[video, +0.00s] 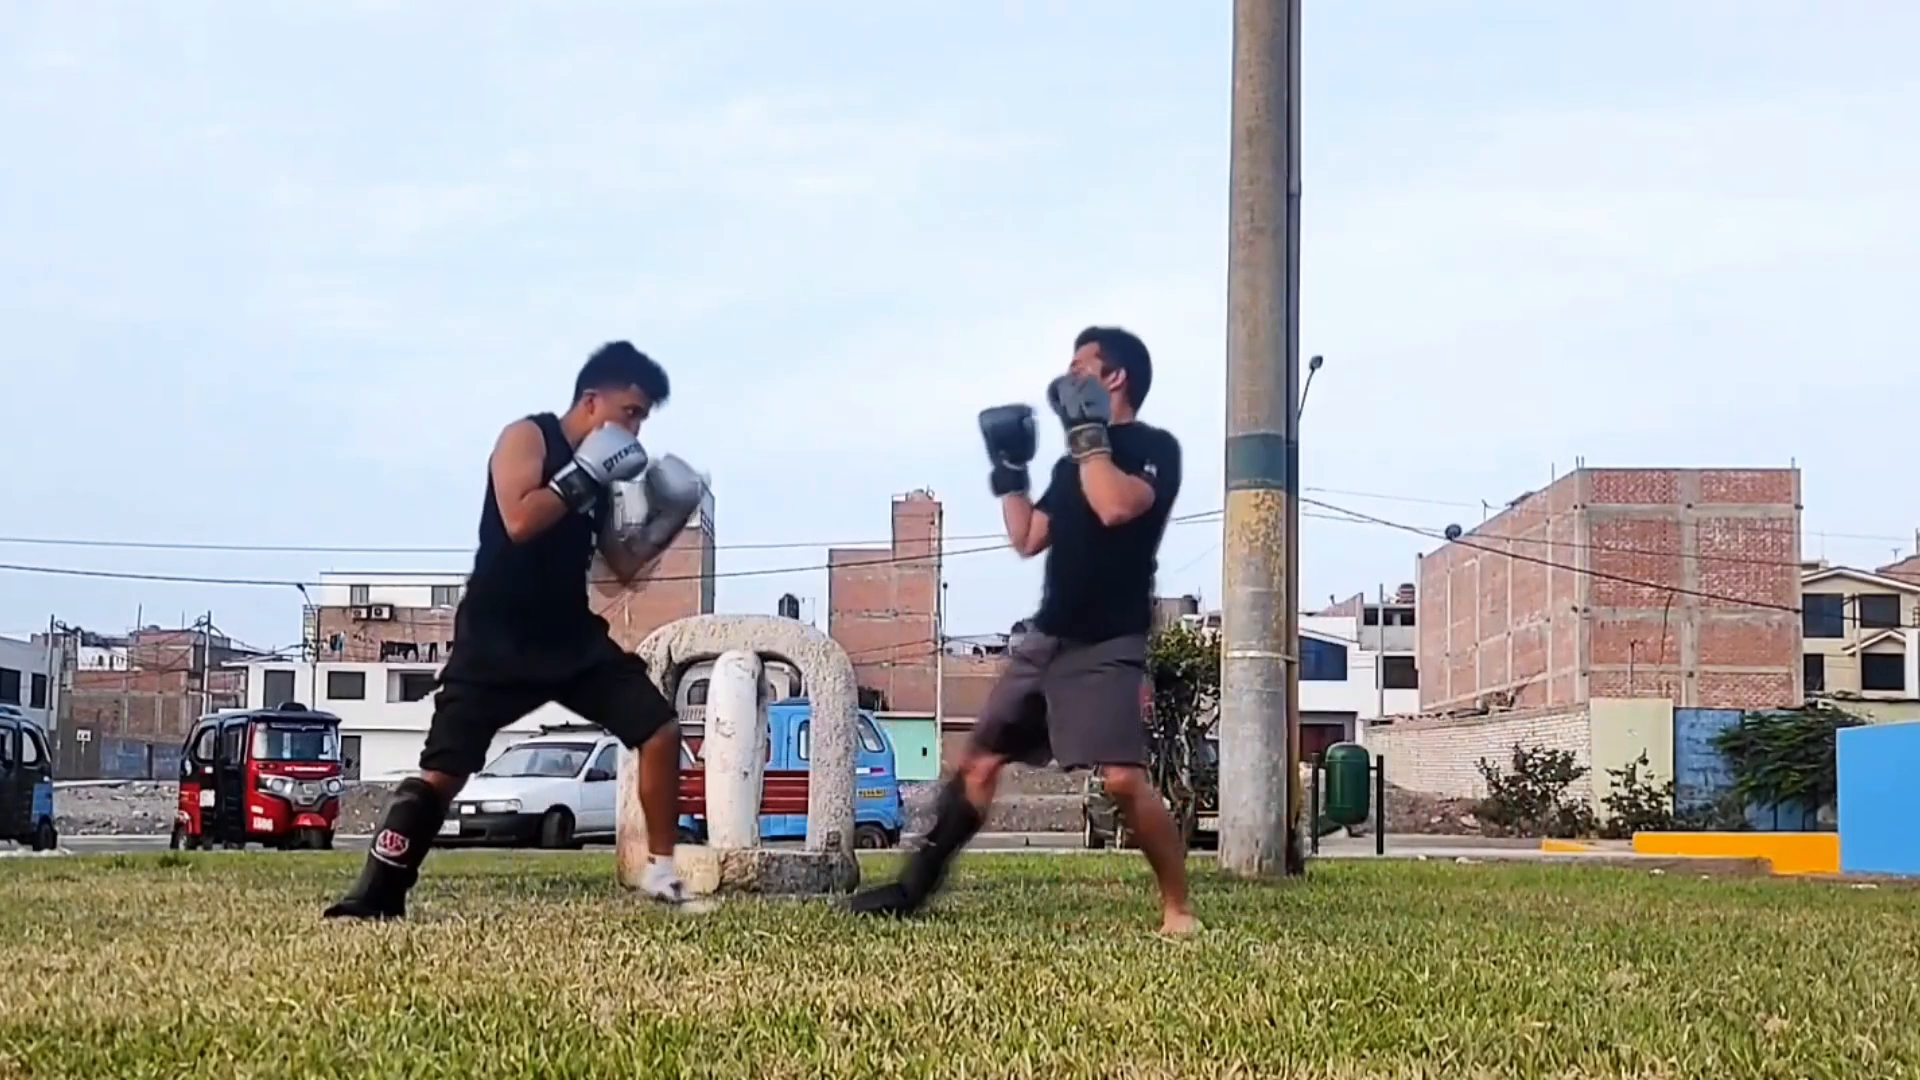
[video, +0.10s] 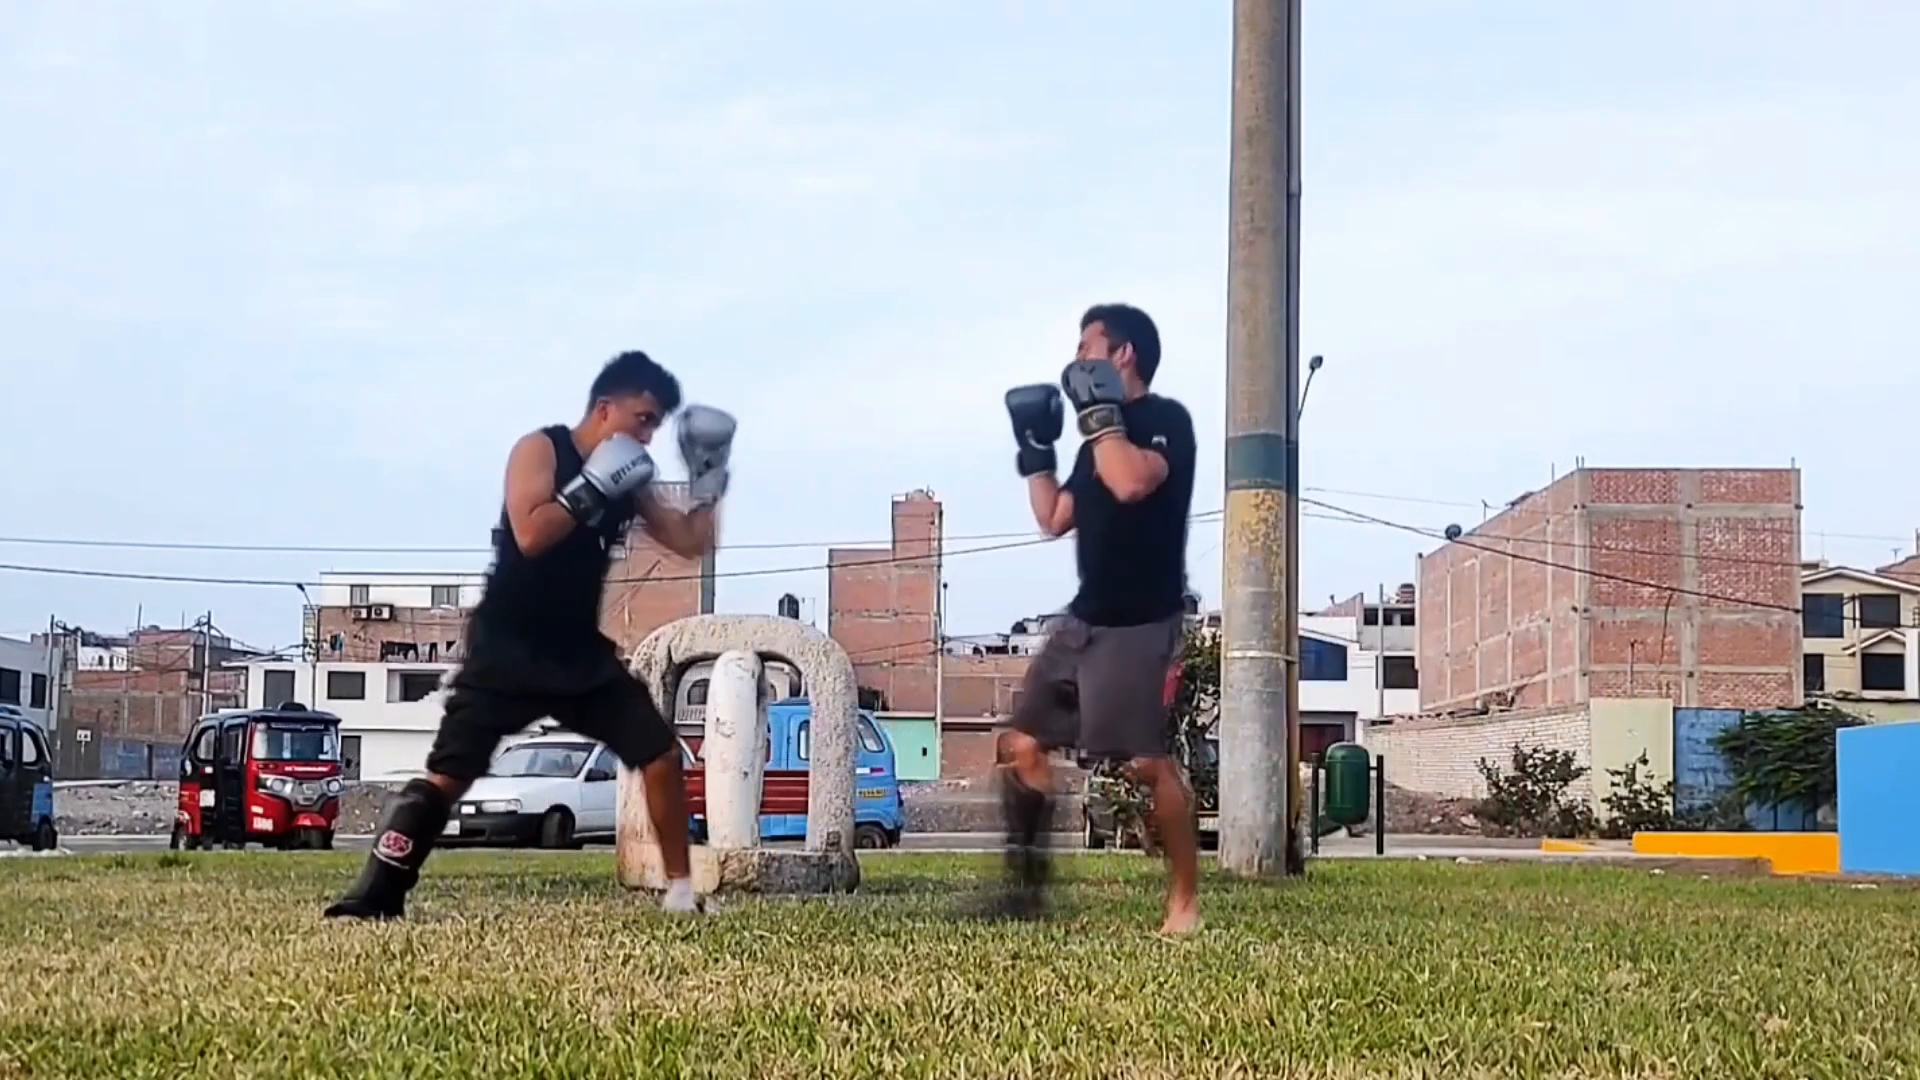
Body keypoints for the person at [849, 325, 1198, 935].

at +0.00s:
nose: (1069, 376)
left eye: (1081, 365)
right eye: (1071, 366)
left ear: (1119, 377)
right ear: (1108, 378)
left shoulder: (1155, 447)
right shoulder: (1071, 463)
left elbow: (1116, 507)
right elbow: (1027, 538)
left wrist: (1087, 429)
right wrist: (1010, 468)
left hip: (1111, 642)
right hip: (1045, 639)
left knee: (1124, 781)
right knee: (979, 763)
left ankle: (1177, 907)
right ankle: (910, 892)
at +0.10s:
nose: (1077, 363)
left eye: (1086, 351)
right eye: (1078, 353)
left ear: (1127, 355)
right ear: (1115, 358)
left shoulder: (1164, 417)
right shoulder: (1095, 443)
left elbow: (1130, 483)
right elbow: (1053, 520)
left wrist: (1096, 406)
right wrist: (1036, 446)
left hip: (1143, 623)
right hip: (1084, 619)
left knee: (1148, 763)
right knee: (1021, 744)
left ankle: (1184, 901)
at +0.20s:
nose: (1084, 352)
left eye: (1093, 339)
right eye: (1085, 340)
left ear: (1131, 340)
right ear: (1125, 342)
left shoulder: (1177, 400)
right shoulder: (1110, 416)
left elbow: (1152, 478)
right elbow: (1085, 511)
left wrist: (1102, 414)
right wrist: (1046, 448)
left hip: (1175, 602)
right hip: (1118, 603)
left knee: (1175, 739)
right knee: (1081, 743)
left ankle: (1231, 864)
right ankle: (1088, 897)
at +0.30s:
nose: (1106, 367)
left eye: (1113, 353)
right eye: (1105, 355)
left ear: (1151, 351)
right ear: (1148, 354)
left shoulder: (1199, 412)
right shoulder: (1142, 428)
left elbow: (1181, 498)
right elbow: (1134, 520)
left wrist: (1122, 438)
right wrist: (1071, 479)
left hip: (1196, 618)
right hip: (1145, 619)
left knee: (1216, 746)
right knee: (1095, 750)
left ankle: (1315, 864)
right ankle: (1093, 901)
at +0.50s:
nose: (1120, 415)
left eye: (1128, 402)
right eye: (1122, 402)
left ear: (1166, 407)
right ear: (1170, 409)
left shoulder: (1191, 464)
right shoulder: (1181, 471)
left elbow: (1121, 513)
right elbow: (1235, 569)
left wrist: (1077, 462)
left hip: (1204, 680)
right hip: (1156, 676)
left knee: (1257, 802)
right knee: (1058, 753)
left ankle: (1379, 909)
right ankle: (1075, 899)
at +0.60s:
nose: (1125, 415)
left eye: (1133, 402)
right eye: (1126, 402)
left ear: (1173, 406)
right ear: (1177, 410)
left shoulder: (1161, 453)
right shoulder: (1211, 479)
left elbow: (1092, 496)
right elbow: (1227, 585)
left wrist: (1008, 480)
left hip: (1139, 651)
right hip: (1156, 651)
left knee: (1092, 773)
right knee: (1049, 766)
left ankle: (1259, 842)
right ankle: (1071, 903)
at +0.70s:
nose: (1129, 416)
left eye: (1138, 404)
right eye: (1131, 404)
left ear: (1176, 412)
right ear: (1185, 416)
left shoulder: (1157, 453)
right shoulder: (1208, 485)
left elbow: (1109, 502)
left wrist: (1025, 538)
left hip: (1099, 635)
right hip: (1144, 653)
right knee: (1046, 758)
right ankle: (1069, 900)